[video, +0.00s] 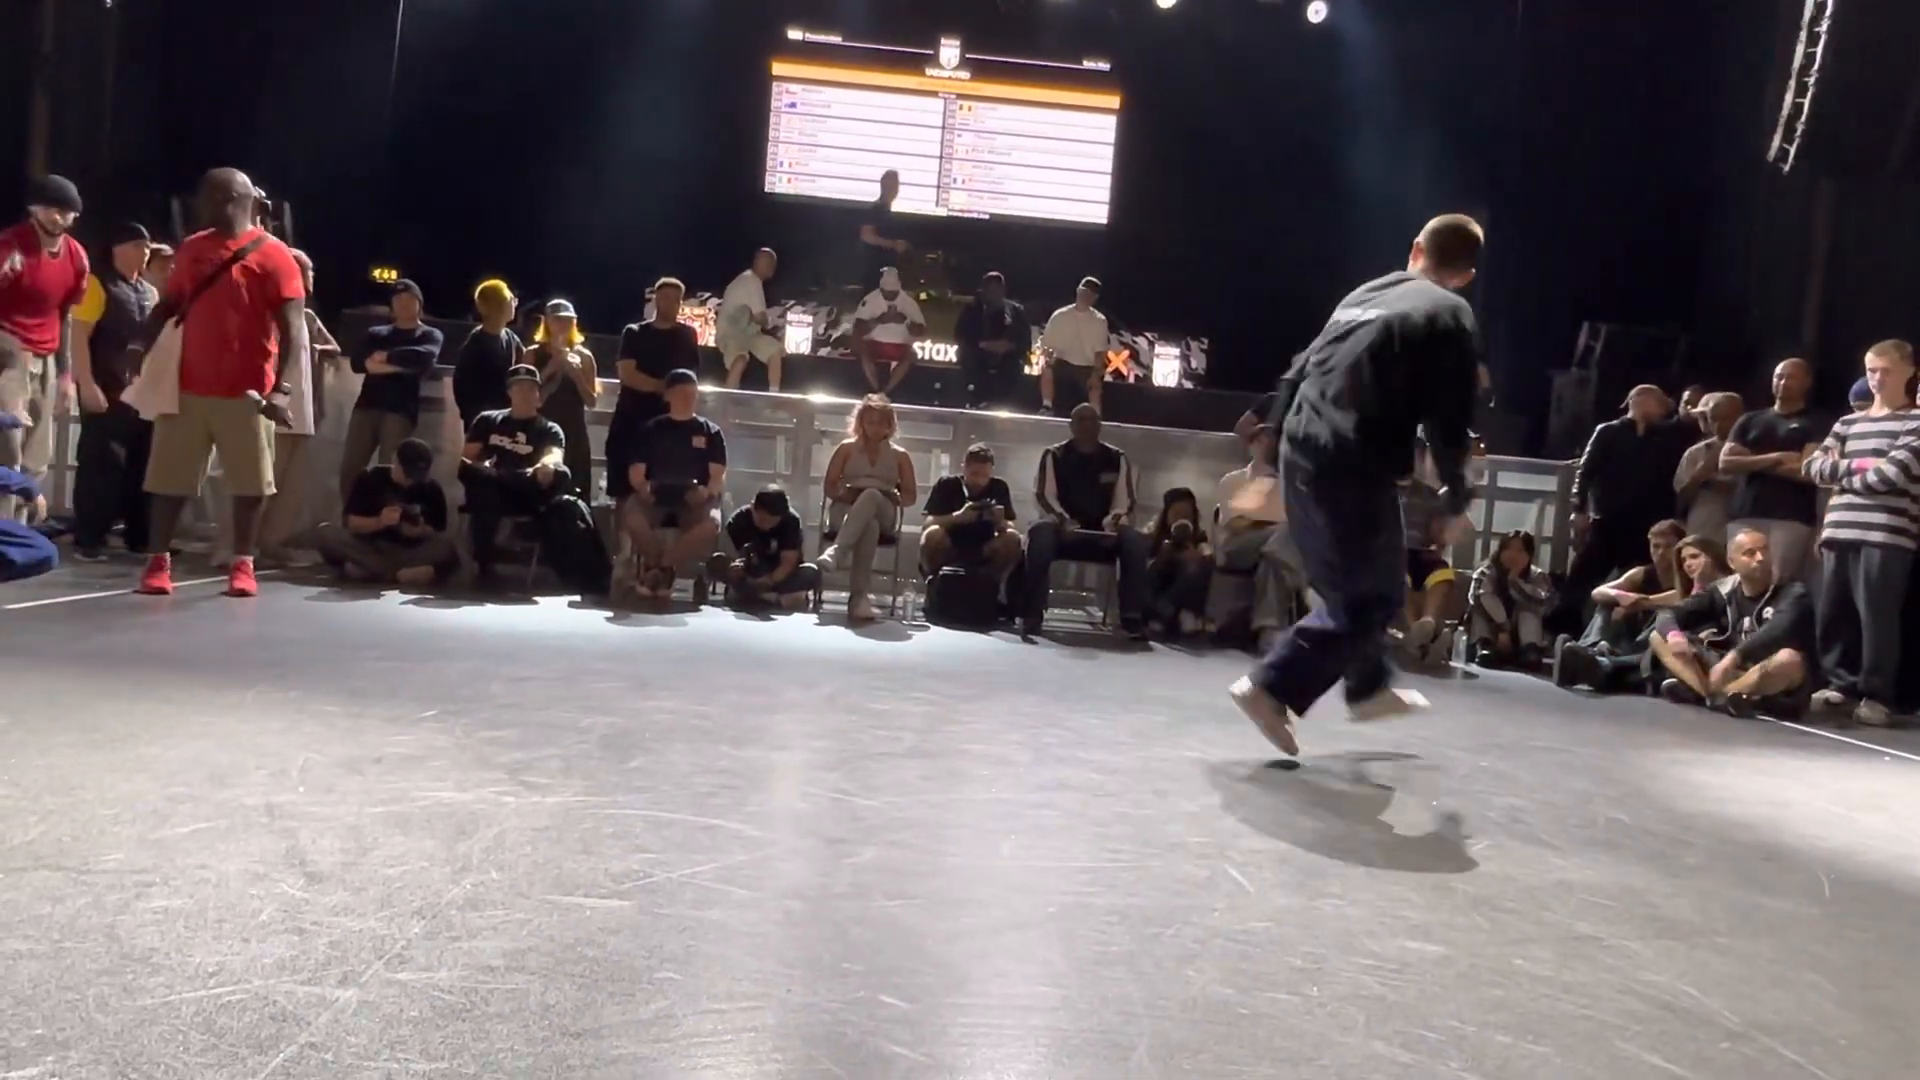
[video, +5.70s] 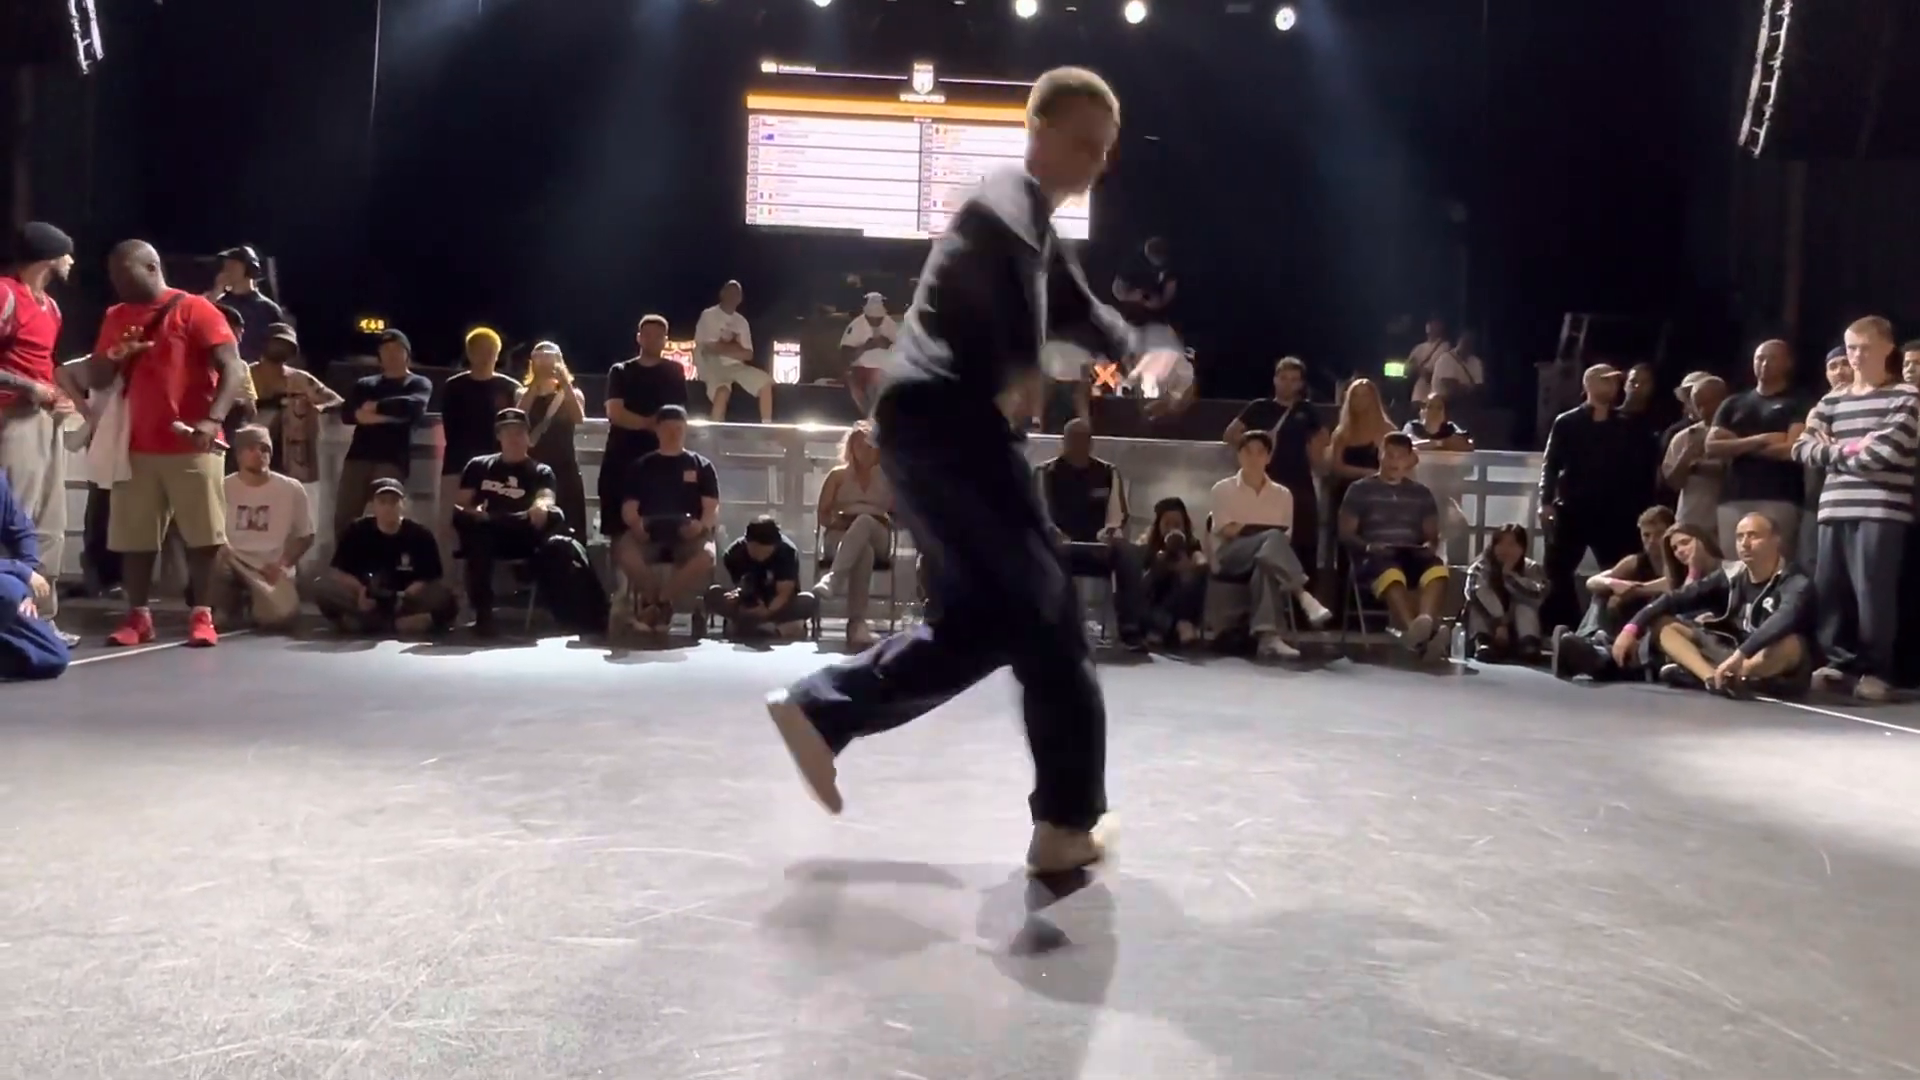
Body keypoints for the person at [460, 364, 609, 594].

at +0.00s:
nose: (527, 394)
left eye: (532, 389)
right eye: (522, 388)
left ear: (539, 395)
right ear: (509, 392)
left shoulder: (550, 429)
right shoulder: (487, 420)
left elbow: (553, 457)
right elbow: (467, 462)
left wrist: (546, 466)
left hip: (531, 488)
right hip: (494, 485)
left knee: (560, 475)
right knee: (481, 484)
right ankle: (484, 566)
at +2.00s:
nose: (523, 394)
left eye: (528, 389)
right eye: (518, 388)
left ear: (537, 395)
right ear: (507, 391)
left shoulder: (548, 430)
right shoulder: (486, 421)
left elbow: (553, 458)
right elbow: (466, 461)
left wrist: (548, 467)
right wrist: (488, 471)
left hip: (530, 490)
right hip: (493, 487)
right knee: (482, 492)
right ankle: (485, 568)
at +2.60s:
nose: (518, 400)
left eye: (523, 395)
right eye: (513, 394)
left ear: (531, 400)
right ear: (502, 398)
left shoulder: (543, 436)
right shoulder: (481, 428)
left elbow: (546, 467)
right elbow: (460, 468)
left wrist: (543, 472)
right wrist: (478, 477)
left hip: (524, 494)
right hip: (489, 493)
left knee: (552, 484)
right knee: (474, 495)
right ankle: (479, 576)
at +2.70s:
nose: (516, 401)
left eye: (521, 396)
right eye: (511, 395)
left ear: (529, 401)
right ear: (500, 399)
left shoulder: (541, 437)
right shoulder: (479, 428)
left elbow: (543, 472)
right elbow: (458, 469)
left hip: (522, 495)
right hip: (486, 494)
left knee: (550, 485)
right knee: (472, 495)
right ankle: (477, 577)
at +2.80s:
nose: (514, 401)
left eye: (518, 396)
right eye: (508, 395)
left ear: (527, 402)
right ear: (498, 400)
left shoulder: (540, 438)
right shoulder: (477, 429)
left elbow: (543, 466)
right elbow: (457, 471)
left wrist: (538, 474)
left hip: (521, 495)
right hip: (486, 494)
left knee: (550, 486)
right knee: (469, 496)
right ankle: (475, 577)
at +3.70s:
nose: (498, 423)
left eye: (502, 417)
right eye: (492, 417)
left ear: (512, 421)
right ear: (482, 421)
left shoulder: (524, 457)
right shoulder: (461, 449)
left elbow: (529, 482)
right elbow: (442, 488)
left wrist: (522, 492)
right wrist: (458, 496)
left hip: (506, 514)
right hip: (470, 512)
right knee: (457, 518)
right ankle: (464, 597)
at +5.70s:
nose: (514, 438)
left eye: (519, 433)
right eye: (508, 433)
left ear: (528, 437)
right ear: (498, 436)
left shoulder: (541, 471)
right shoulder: (479, 466)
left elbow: (546, 496)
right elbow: (459, 507)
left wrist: (542, 505)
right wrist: (473, 512)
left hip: (524, 528)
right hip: (489, 528)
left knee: (553, 517)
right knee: (474, 533)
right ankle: (483, 612)